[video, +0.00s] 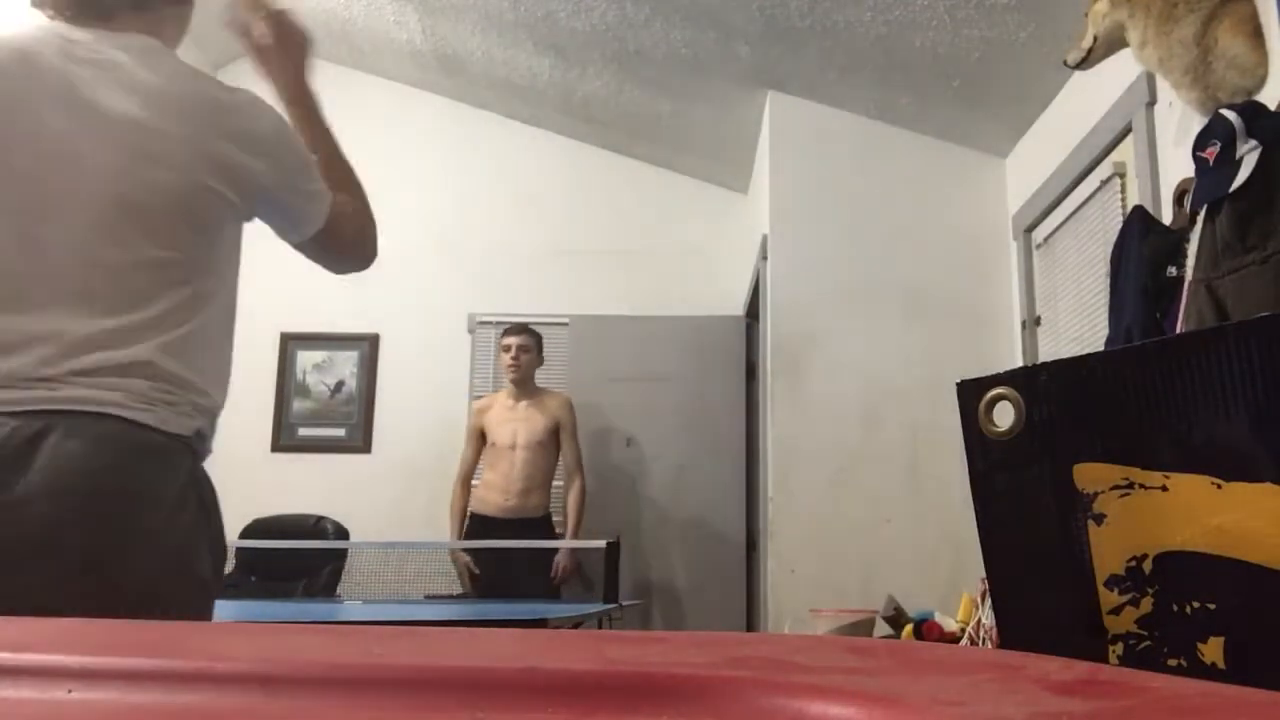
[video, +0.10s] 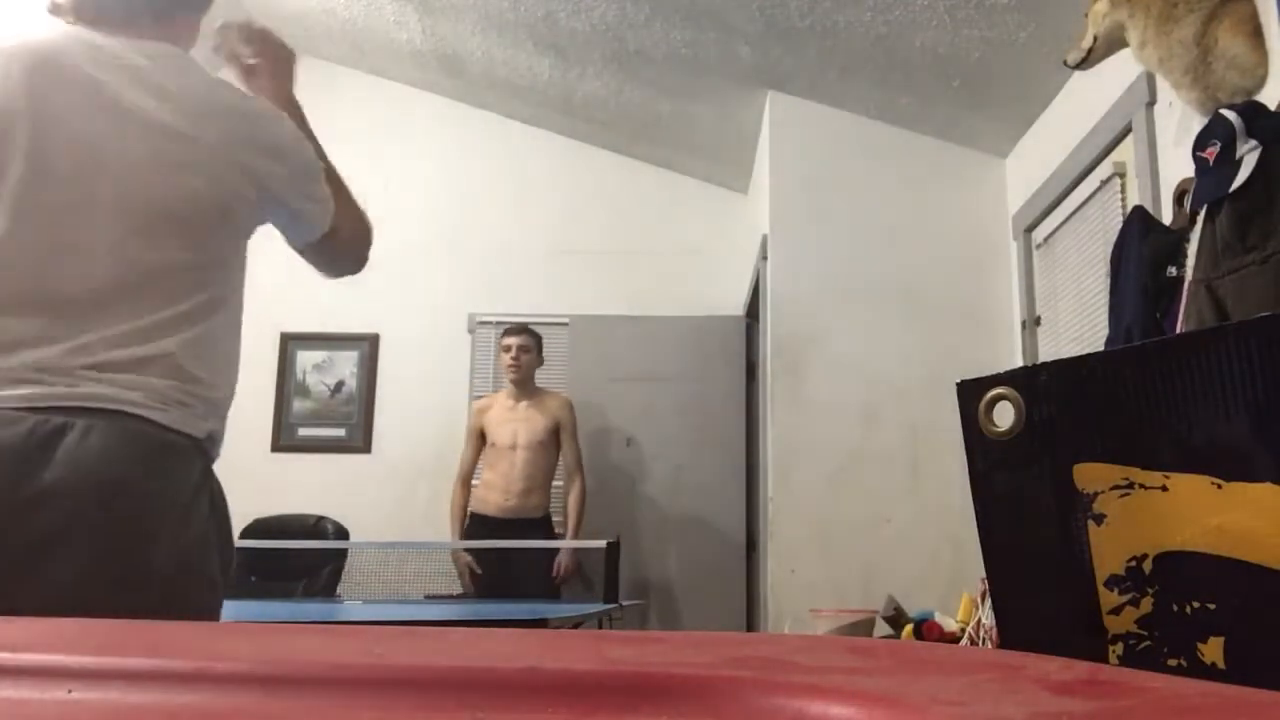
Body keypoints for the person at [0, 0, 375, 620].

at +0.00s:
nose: (191, 13)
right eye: (186, 6)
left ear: (50, 2)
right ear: (175, 7)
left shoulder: (8, 64)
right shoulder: (224, 116)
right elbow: (352, 245)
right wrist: (293, 80)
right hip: (132, 463)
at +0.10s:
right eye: (203, 15)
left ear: (64, 8)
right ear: (191, 18)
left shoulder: (12, 73)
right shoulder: (238, 121)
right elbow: (346, 251)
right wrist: (283, 105)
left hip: (5, 440)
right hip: (144, 462)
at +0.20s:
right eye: (207, 22)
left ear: (79, 12)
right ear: (205, 23)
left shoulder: (18, 74)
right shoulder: (246, 124)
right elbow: (324, 269)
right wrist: (315, 132)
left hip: (7, 434)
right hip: (153, 457)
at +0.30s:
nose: (209, 37)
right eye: (211, 25)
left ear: (84, 10)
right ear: (205, 25)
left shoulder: (18, 75)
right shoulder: (252, 124)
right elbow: (311, 254)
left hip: (7, 428)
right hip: (154, 452)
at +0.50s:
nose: (63, 14)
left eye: (67, 13)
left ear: (73, 11)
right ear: (200, 23)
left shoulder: (14, 74)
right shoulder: (259, 145)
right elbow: (267, 371)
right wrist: (256, 514)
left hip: (12, 437)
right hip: (168, 463)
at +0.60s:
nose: (59, 13)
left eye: (64, 12)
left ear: (70, 11)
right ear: (197, 23)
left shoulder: (11, 73)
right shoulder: (262, 148)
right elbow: (253, 378)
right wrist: (217, 534)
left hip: (11, 428)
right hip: (164, 455)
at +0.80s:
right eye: (185, 14)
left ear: (48, 3)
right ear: (178, 12)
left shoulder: (12, 56)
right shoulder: (230, 126)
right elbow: (278, 357)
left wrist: (240, 542)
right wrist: (243, 540)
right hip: (128, 465)